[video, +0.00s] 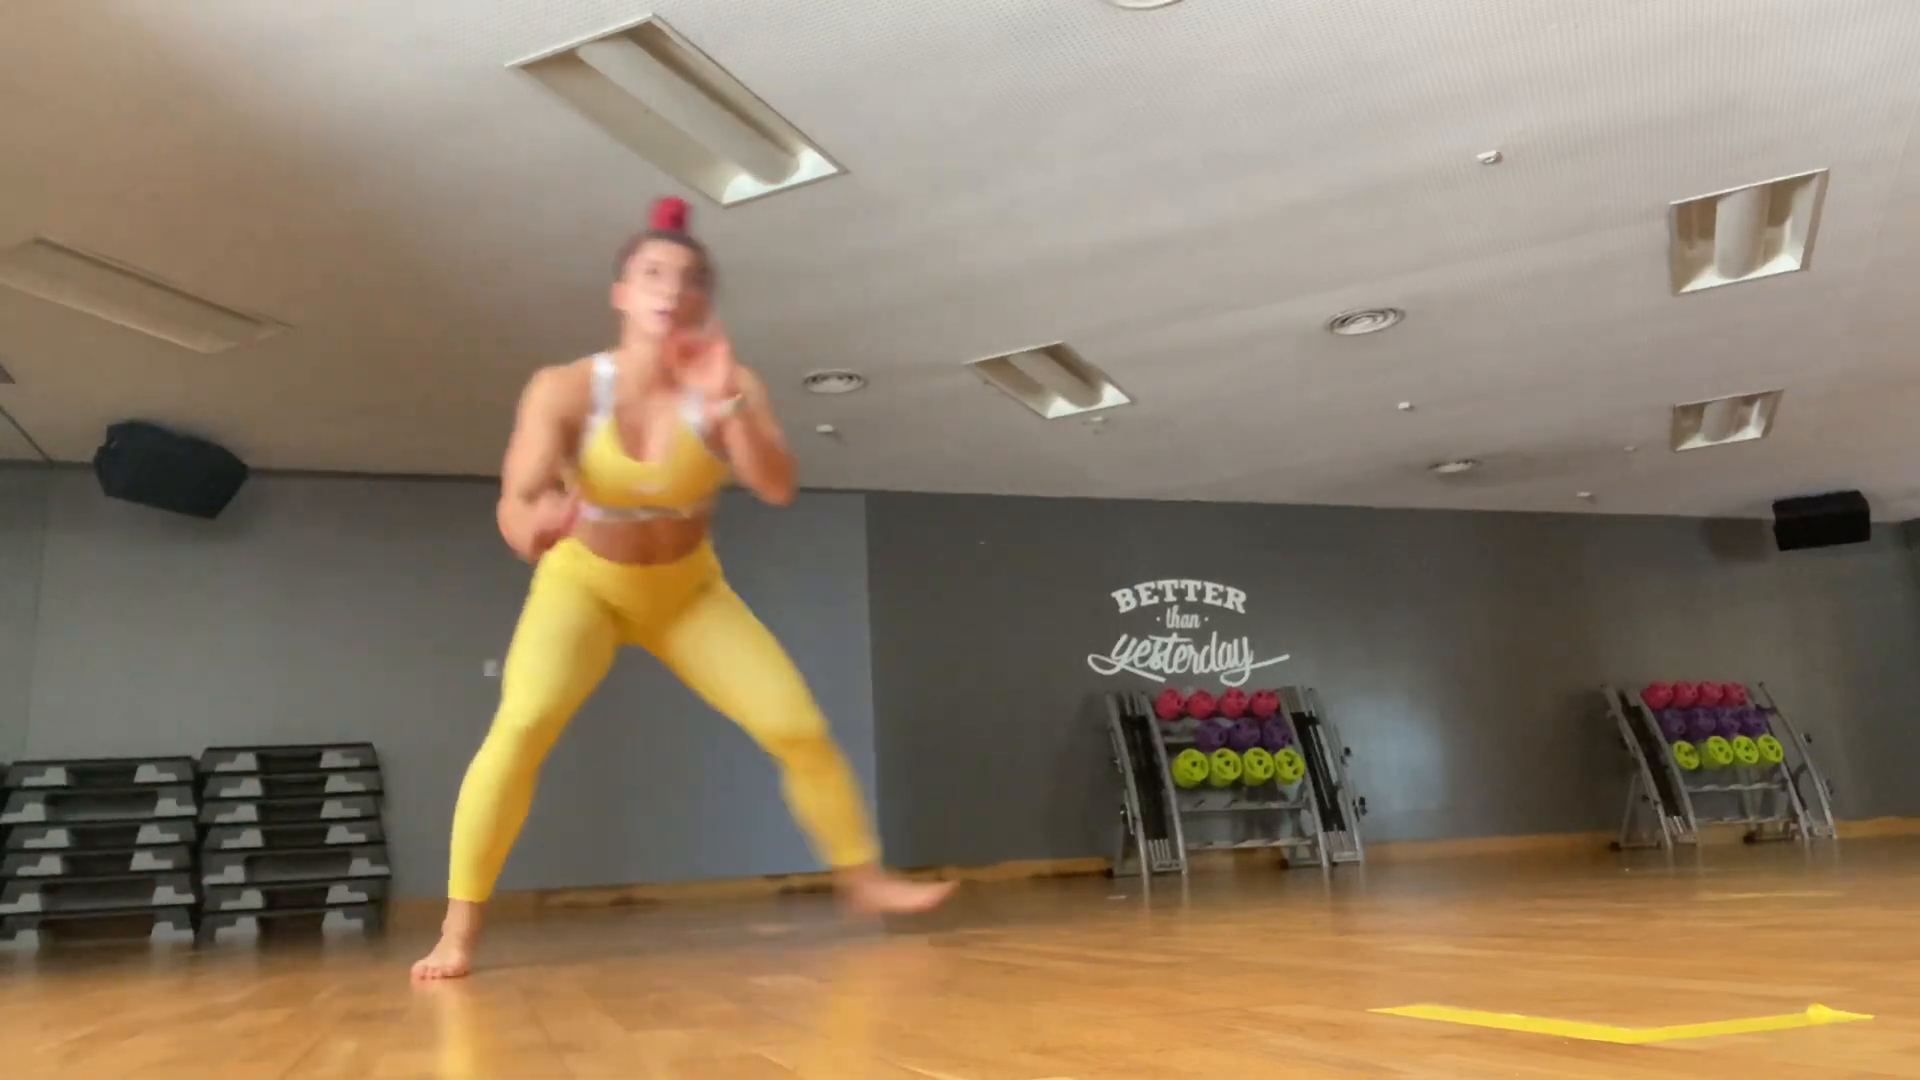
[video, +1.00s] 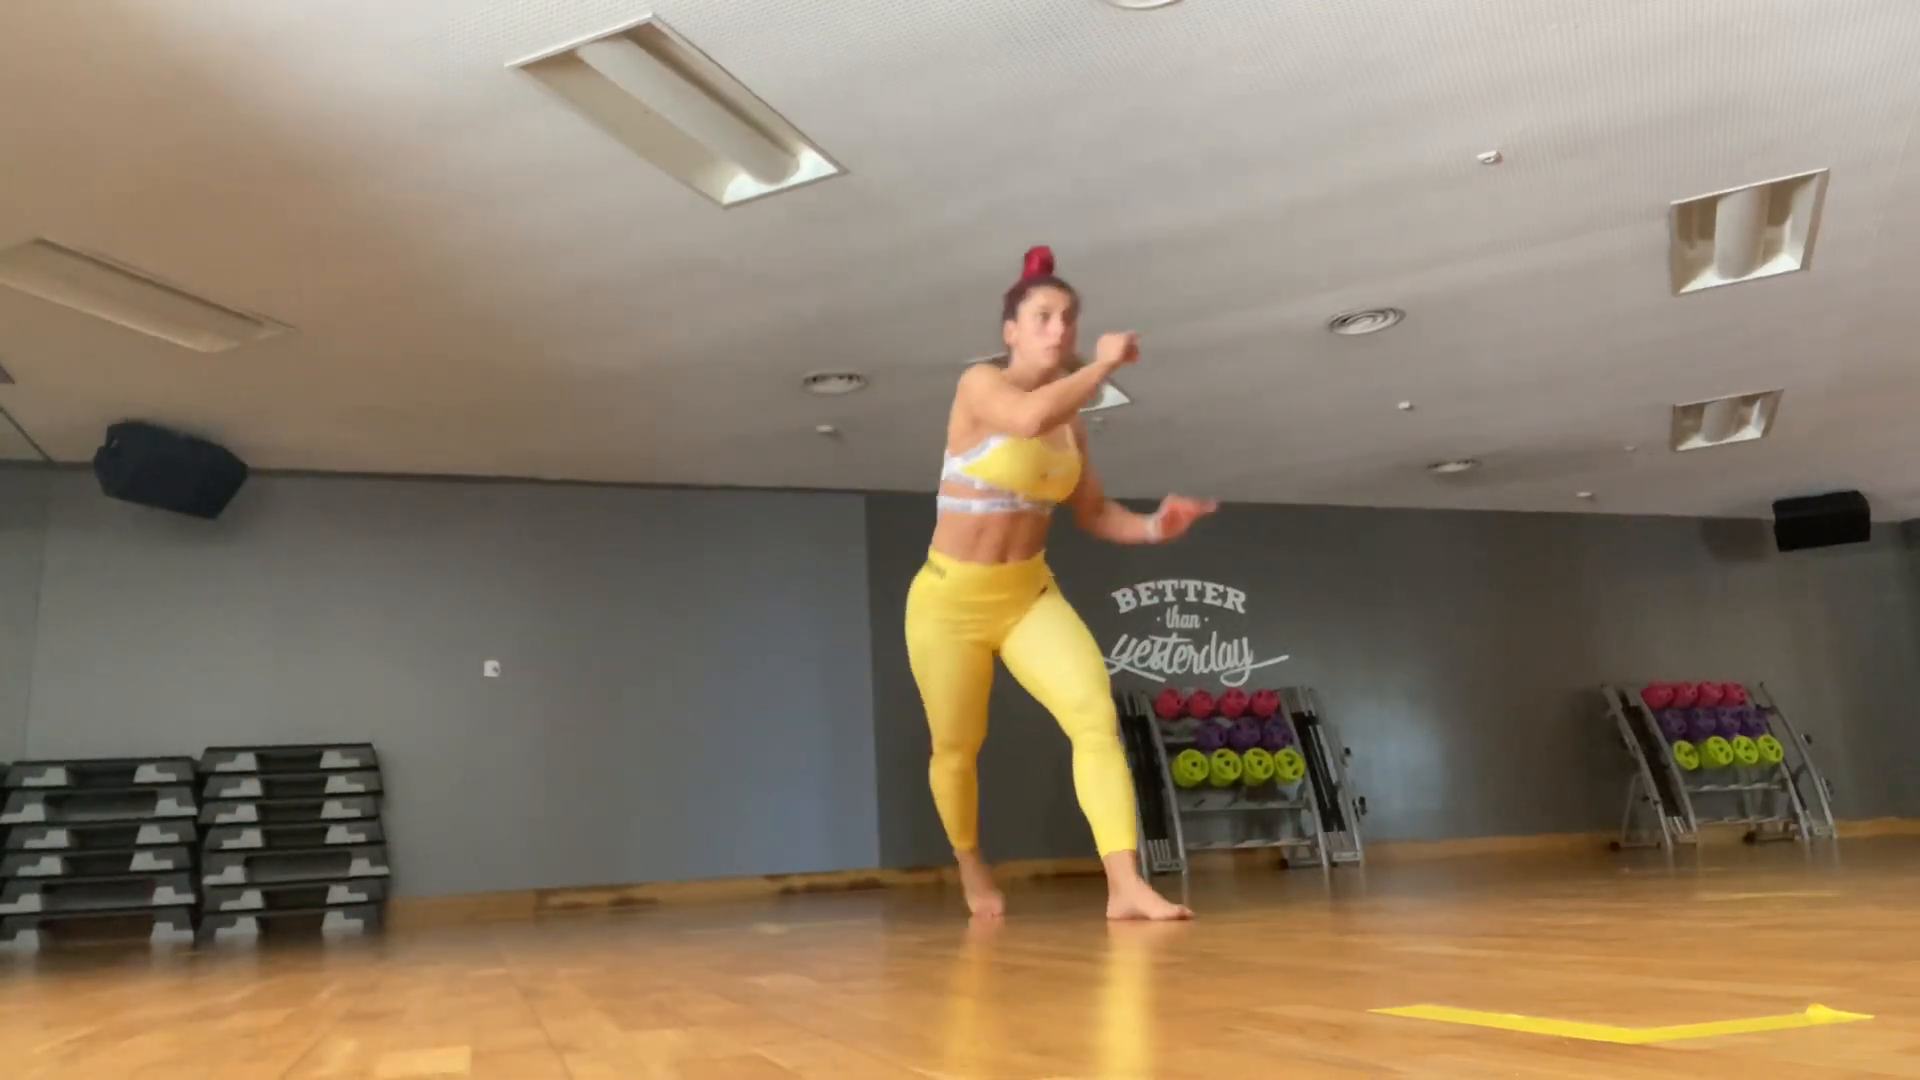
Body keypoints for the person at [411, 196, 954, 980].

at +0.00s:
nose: (670, 290)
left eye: (688, 278)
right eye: (653, 274)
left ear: (706, 305)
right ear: (620, 293)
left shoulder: (726, 386)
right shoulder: (563, 391)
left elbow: (778, 487)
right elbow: (516, 512)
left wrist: (728, 409)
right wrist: (537, 521)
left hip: (691, 591)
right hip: (583, 588)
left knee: (798, 727)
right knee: (522, 727)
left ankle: (862, 879)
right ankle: (459, 926)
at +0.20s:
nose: (893, 333)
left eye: (904, 320)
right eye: (876, 317)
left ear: (919, 340)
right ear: (841, 336)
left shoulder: (930, 425)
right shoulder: (784, 425)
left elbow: (1009, 462)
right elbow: (698, 496)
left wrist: (974, 371)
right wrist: (622, 533)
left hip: (861, 621)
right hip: (762, 609)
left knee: (974, 709)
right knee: (641, 751)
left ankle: (1030, 893)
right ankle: (505, 899)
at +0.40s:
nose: (1006, 313)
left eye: (1017, 301)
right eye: (989, 299)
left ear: (1029, 321)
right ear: (955, 318)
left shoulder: (1037, 416)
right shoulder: (907, 390)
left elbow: (1098, 499)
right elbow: (796, 435)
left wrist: (1174, 543)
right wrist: (811, 392)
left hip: (954, 590)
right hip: (866, 578)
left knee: (1026, 713)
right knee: (806, 740)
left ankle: (1032, 892)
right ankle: (762, 881)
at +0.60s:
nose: (1015, 306)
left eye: (1023, 296)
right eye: (998, 294)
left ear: (1035, 312)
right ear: (968, 310)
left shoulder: (1042, 404)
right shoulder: (929, 381)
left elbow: (1040, 481)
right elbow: (935, 372)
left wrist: (1078, 531)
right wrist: (1013, 316)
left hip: (995, 581)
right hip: (911, 582)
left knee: (1037, 714)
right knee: (916, 728)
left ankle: (1058, 887)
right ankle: (933, 851)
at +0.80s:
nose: (1010, 369)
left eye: (1020, 357)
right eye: (994, 354)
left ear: (1032, 371)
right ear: (965, 369)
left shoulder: (1037, 442)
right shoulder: (931, 431)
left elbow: (1049, 525)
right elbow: (970, 447)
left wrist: (1102, 572)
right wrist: (1024, 395)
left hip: (1028, 625)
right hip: (950, 635)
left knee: (1079, 725)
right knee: (966, 776)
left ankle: (1111, 877)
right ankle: (991, 873)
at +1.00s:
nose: (1060, 329)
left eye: (1068, 320)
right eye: (1044, 316)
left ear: (1074, 331)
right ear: (1010, 327)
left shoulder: (1069, 419)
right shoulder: (979, 384)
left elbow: (1093, 513)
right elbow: (1026, 414)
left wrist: (1152, 527)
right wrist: (1100, 368)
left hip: (1029, 599)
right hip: (949, 603)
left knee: (1093, 715)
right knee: (955, 749)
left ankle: (1125, 885)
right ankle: (970, 866)